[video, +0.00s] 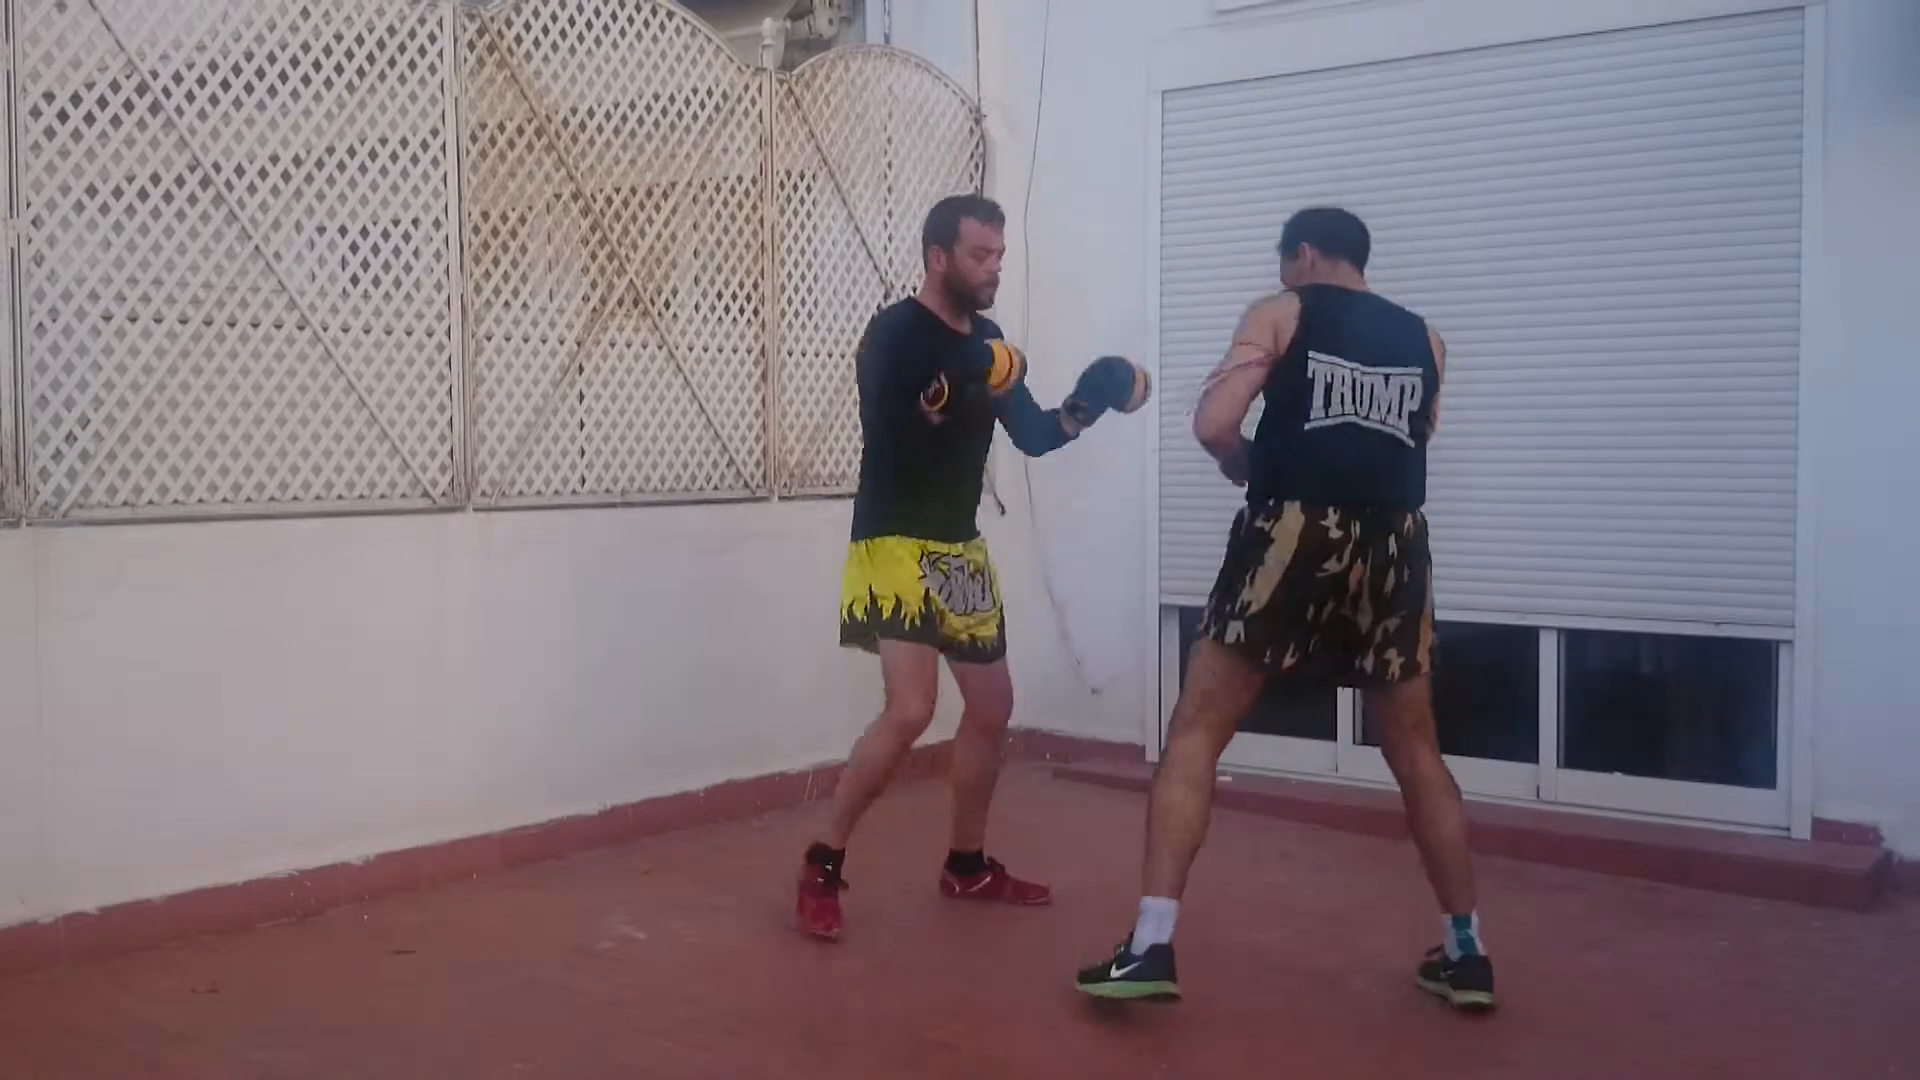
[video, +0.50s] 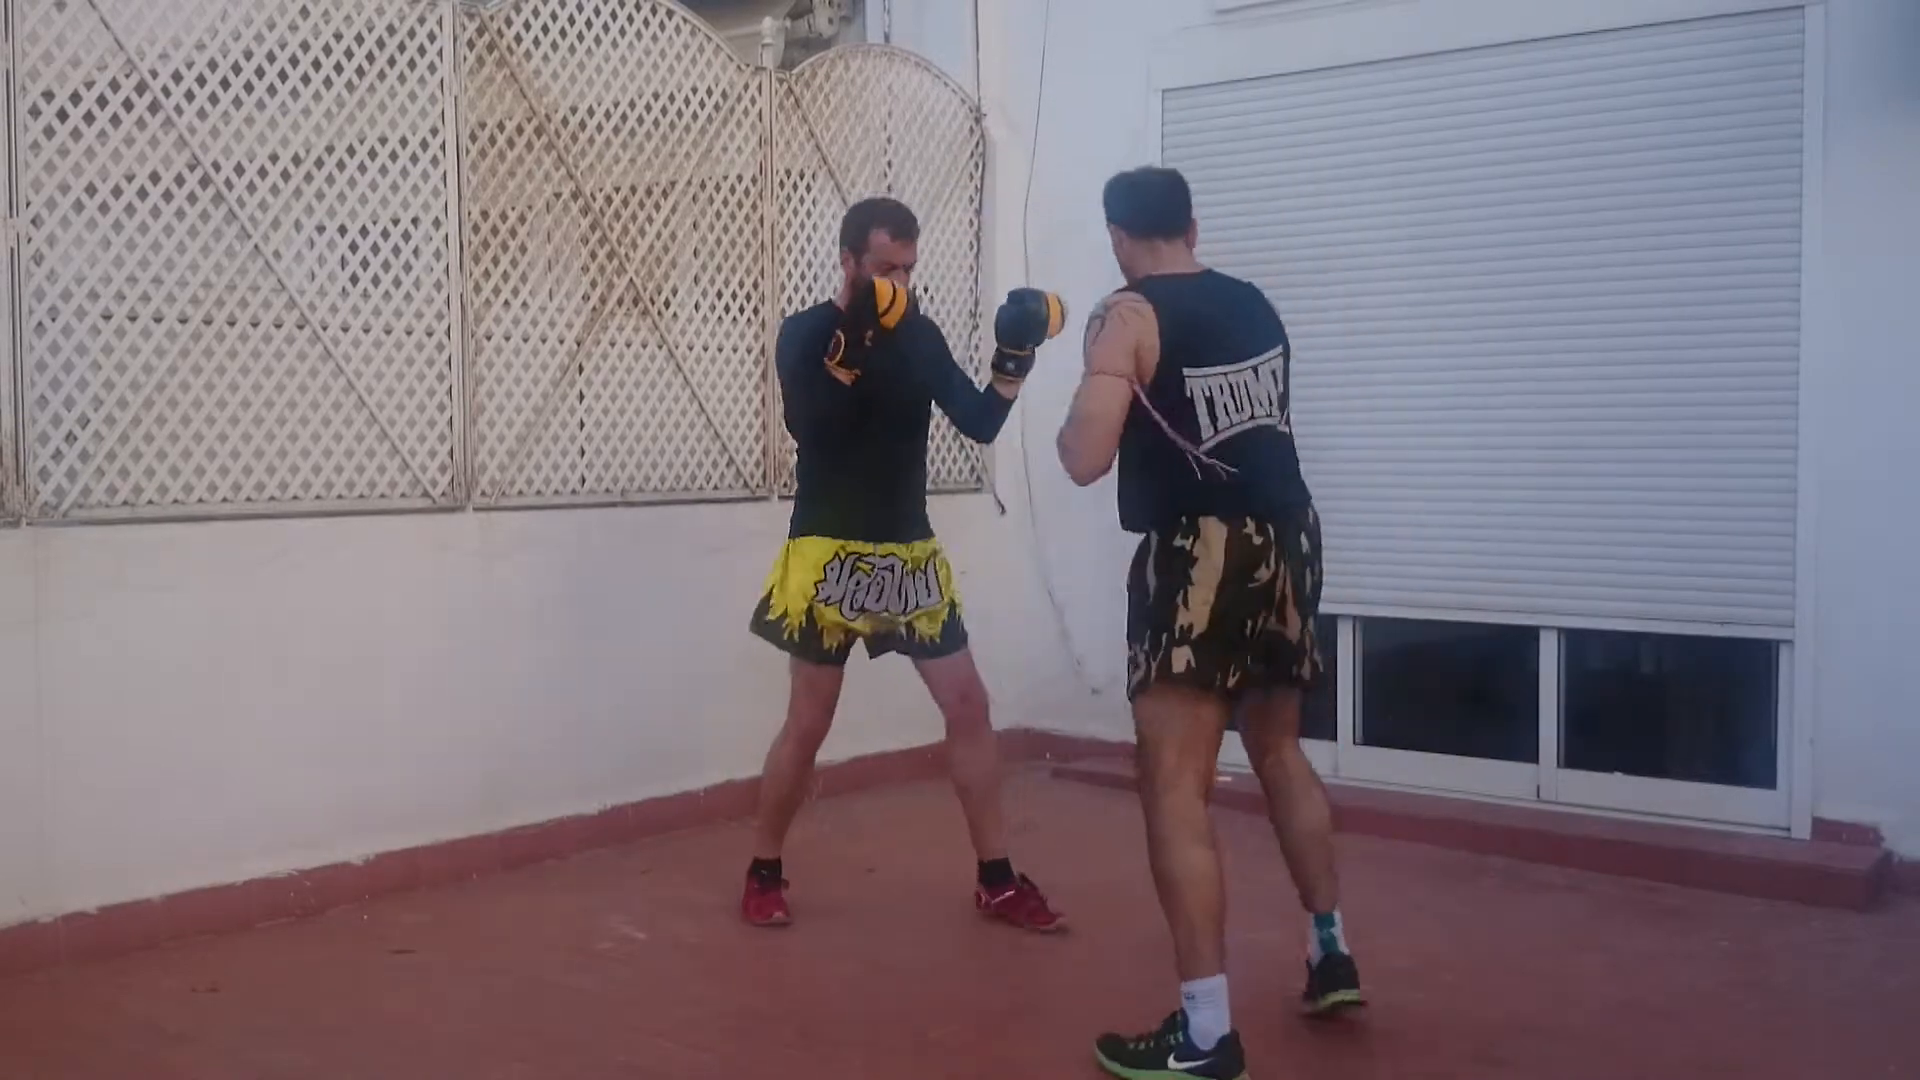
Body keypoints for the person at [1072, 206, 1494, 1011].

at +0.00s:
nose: (1282, 280)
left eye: (1283, 267)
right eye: (1283, 270)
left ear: (1307, 255)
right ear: (1362, 260)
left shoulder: (1283, 310)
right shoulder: (1428, 341)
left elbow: (1212, 423)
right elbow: (1415, 441)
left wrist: (1248, 468)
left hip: (1291, 536)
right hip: (1396, 546)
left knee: (1198, 732)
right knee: (1415, 747)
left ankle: (1149, 948)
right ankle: (1467, 951)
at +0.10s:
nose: (1265, 296)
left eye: (1264, 284)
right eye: (1265, 286)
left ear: (1283, 273)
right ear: (1343, 273)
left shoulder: (1277, 332)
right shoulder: (1405, 347)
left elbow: (1215, 449)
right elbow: (1403, 460)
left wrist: (1199, 474)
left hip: (1299, 565)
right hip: (1400, 573)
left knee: (1193, 762)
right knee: (1414, 764)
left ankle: (1163, 974)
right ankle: (1473, 959)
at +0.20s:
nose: (1229, 300)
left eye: (1228, 287)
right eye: (1228, 288)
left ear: (1245, 279)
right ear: (1303, 274)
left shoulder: (1254, 346)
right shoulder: (1368, 350)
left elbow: (1221, 473)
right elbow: (1399, 463)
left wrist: (1180, 467)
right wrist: (1297, 452)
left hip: (1291, 584)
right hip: (1383, 584)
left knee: (1196, 787)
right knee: (1394, 771)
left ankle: (1202, 1017)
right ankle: (1470, 958)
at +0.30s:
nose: (1181, 289)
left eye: (1179, 276)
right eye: (1184, 276)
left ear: (1190, 272)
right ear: (1259, 265)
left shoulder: (1207, 345)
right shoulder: (1326, 336)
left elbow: (1194, 483)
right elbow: (1361, 453)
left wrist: (1161, 450)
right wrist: (1259, 426)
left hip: (1249, 580)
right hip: (1347, 580)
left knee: (1172, 792)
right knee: (1377, 775)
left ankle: (1203, 1031)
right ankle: (1454, 954)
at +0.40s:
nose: (1145, 273)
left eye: (1142, 261)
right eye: (1146, 262)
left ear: (1150, 258)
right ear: (1223, 248)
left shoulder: (1168, 333)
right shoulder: (1286, 320)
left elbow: (1139, 476)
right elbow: (1286, 438)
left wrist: (1137, 397)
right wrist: (1190, 387)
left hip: (1215, 568)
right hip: (1312, 561)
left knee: (1172, 794)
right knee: (1332, 763)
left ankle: (1204, 1034)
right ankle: (1413, 948)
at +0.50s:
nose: (1113, 253)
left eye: (1110, 240)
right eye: (1121, 240)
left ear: (1121, 239)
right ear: (1192, 230)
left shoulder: (1129, 316)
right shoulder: (1254, 303)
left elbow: (1087, 458)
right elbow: (1254, 410)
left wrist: (1095, 374)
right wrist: (1147, 350)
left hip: (1196, 549)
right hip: (1287, 539)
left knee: (1176, 781)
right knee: (1280, 751)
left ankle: (1206, 1031)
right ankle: (1332, 951)